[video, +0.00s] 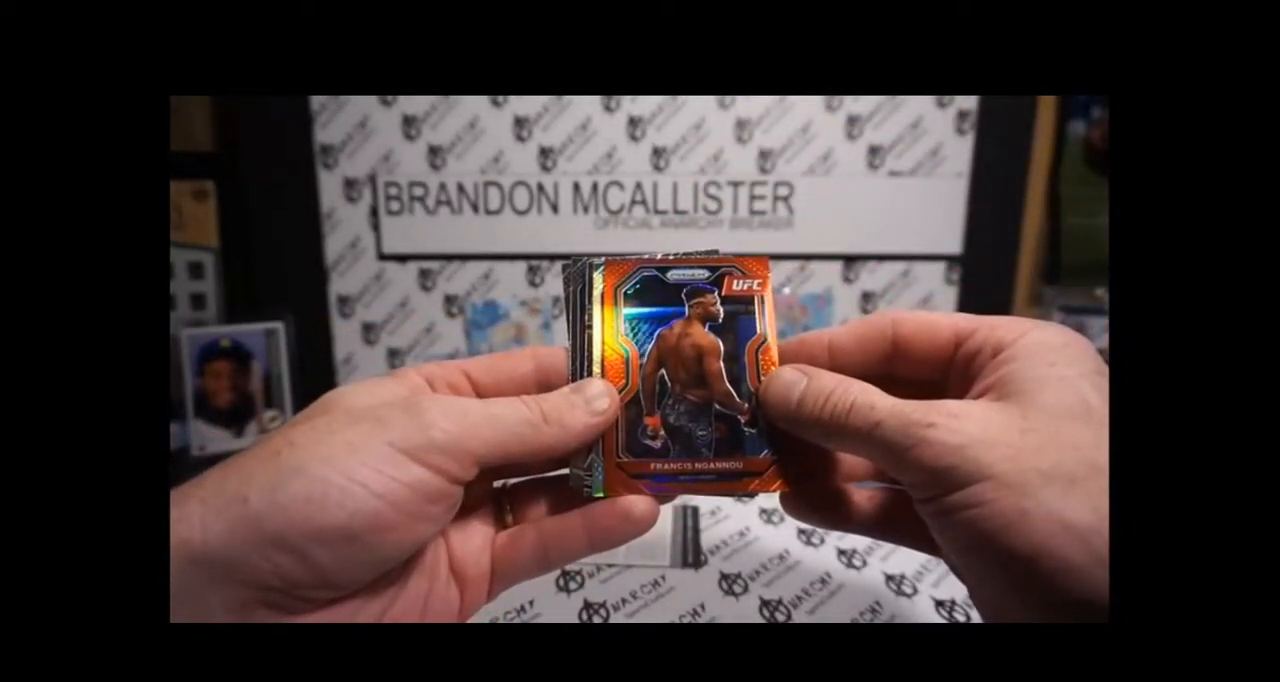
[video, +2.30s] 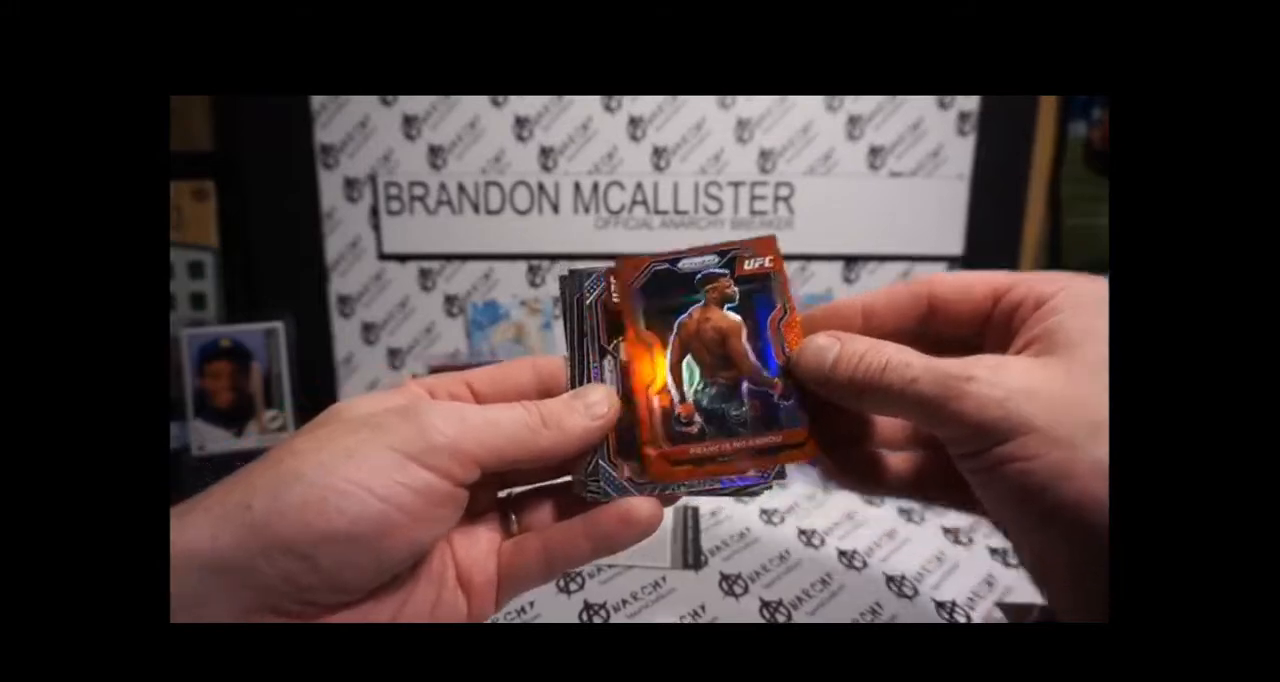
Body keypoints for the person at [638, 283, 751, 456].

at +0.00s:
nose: (720, 309)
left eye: (719, 303)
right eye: (714, 304)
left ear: (696, 308)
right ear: (697, 308)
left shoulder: (665, 334)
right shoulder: (709, 342)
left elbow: (649, 373)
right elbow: (720, 391)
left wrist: (650, 413)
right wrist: (743, 409)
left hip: (671, 408)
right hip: (697, 414)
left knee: (678, 471)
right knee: (699, 474)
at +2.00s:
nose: (718, 304)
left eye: (716, 298)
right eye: (712, 299)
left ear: (693, 304)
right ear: (695, 303)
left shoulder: (662, 329)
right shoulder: (707, 337)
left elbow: (646, 369)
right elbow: (719, 387)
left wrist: (648, 410)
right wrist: (742, 405)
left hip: (669, 403)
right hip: (695, 410)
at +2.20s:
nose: (718, 305)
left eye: (716, 301)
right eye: (712, 302)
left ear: (693, 307)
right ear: (694, 307)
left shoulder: (664, 334)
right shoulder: (707, 339)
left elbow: (648, 375)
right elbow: (721, 388)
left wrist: (652, 415)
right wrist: (745, 407)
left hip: (672, 407)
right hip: (699, 412)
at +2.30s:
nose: (735, 288)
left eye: (732, 283)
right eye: (728, 284)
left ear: (711, 292)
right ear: (712, 291)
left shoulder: (685, 323)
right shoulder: (731, 321)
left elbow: (674, 364)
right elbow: (747, 366)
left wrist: (680, 401)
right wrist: (773, 384)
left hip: (704, 390)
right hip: (731, 391)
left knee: (716, 452)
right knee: (741, 452)